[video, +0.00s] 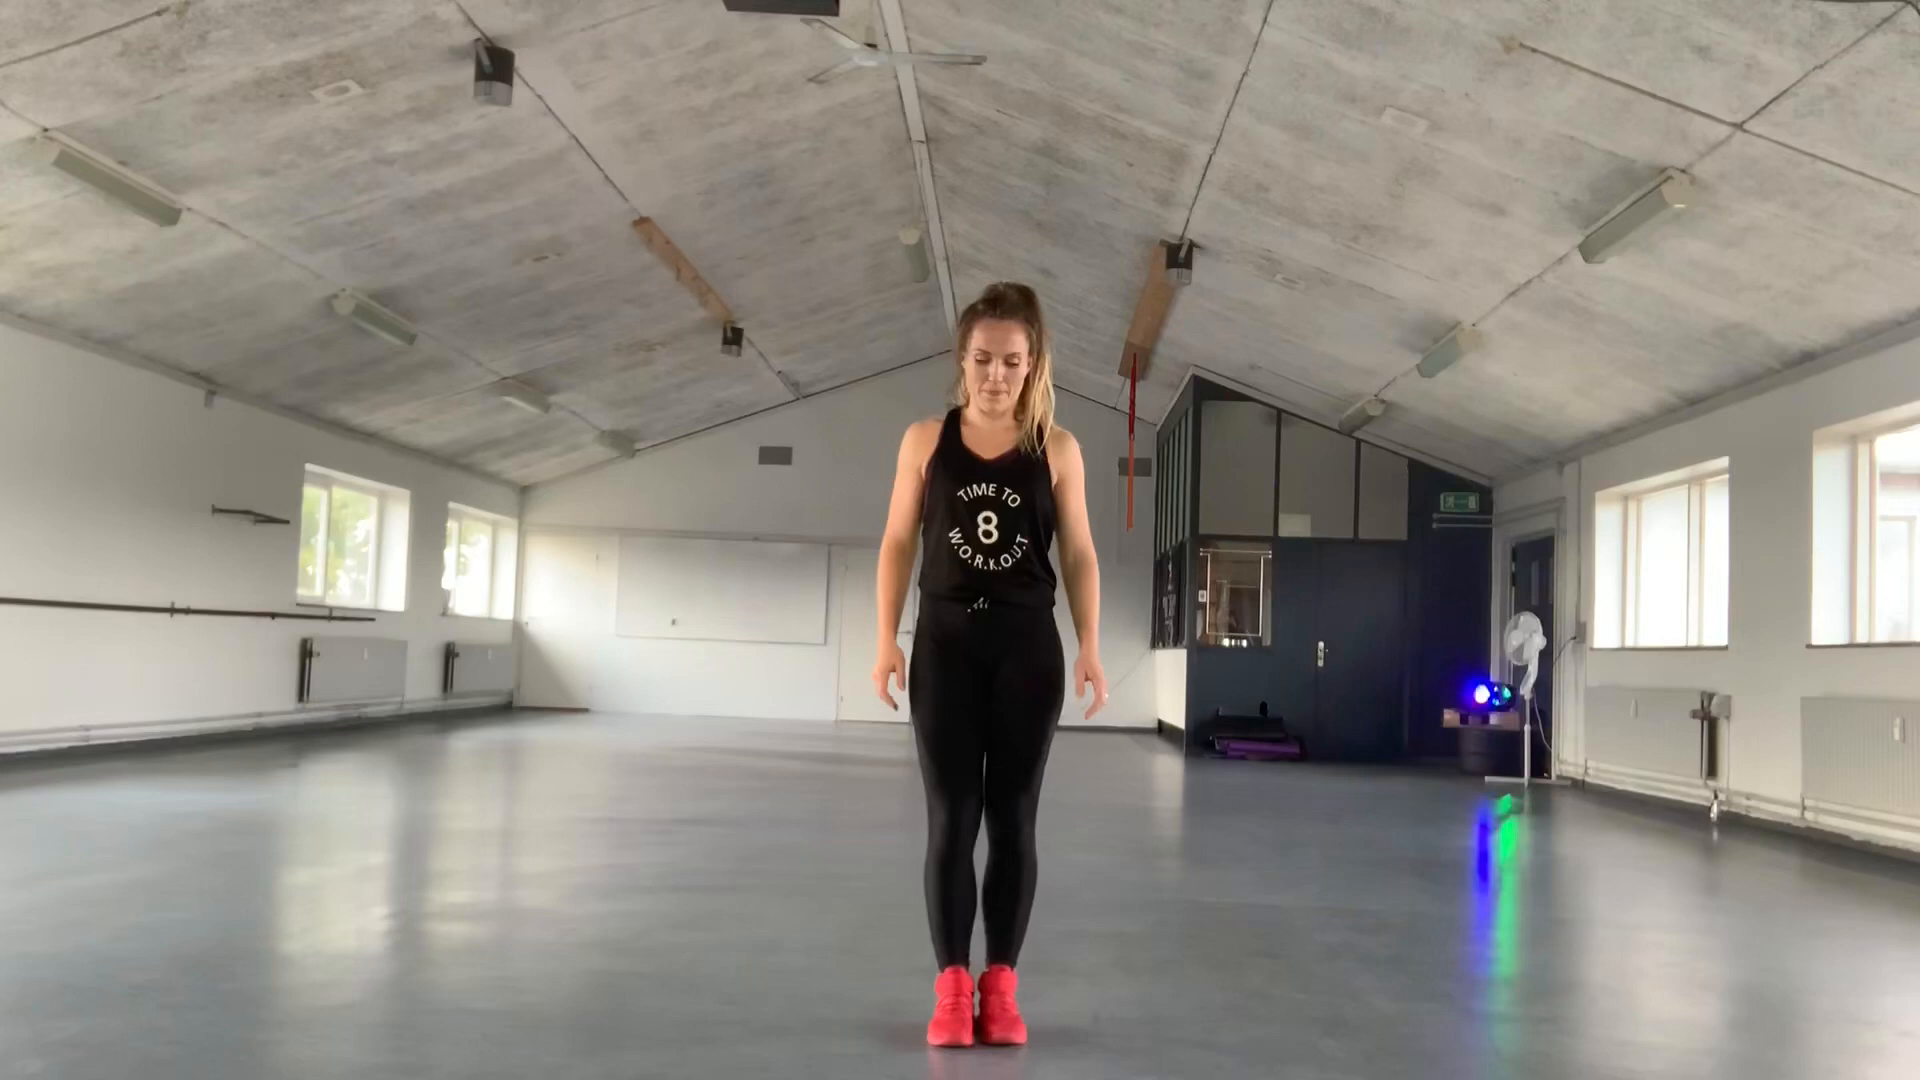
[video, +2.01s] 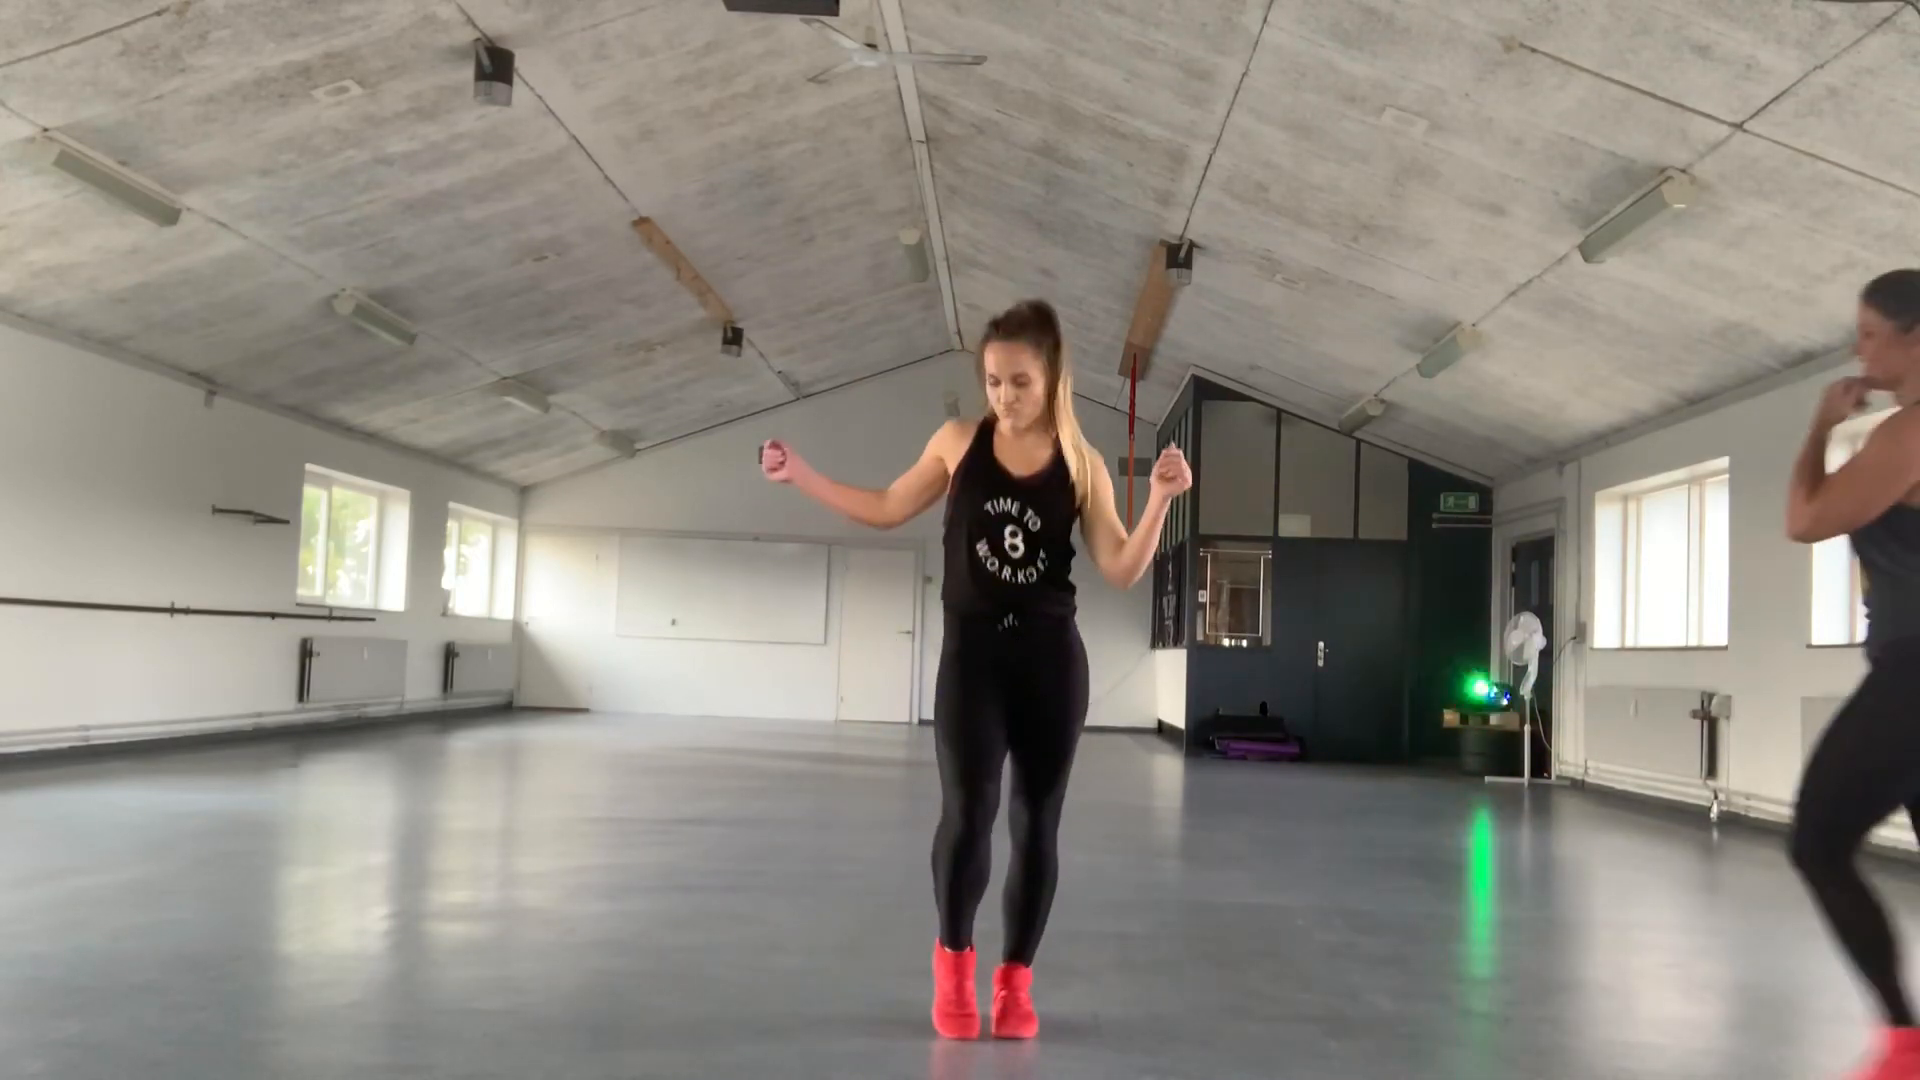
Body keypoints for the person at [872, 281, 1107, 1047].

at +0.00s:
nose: (998, 373)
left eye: (1012, 361)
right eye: (985, 358)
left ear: (1033, 366)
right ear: (963, 360)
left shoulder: (1057, 447)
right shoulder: (926, 438)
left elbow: (1080, 554)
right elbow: (898, 542)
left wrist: (1089, 643)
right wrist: (887, 637)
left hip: (1029, 651)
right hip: (944, 649)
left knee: (1014, 819)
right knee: (954, 818)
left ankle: (1001, 982)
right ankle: (952, 981)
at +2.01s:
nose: (1004, 396)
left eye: (1019, 380)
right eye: (993, 380)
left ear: (1052, 378)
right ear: (982, 378)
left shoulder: (1081, 462)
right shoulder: (959, 443)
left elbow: (1120, 569)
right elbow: (887, 509)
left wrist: (1160, 500)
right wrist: (801, 475)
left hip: (1051, 659)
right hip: (971, 655)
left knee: (1037, 823)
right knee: (967, 812)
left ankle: (1016, 976)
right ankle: (954, 960)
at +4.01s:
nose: (1002, 350)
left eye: (1020, 339)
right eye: (991, 338)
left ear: (1048, 354)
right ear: (976, 350)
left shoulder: (1078, 436)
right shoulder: (947, 430)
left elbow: (1097, 541)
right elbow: (923, 529)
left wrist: (1087, 626)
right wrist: (913, 610)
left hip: (1031, 642)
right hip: (949, 639)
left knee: (1016, 811)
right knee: (951, 804)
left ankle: (1004, 973)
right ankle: (946, 970)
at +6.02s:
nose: (1011, 358)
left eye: (1026, 347)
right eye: (999, 346)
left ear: (1050, 360)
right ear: (980, 358)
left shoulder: (1076, 440)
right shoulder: (943, 434)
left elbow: (1087, 541)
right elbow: (910, 535)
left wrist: (1072, 605)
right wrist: (908, 623)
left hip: (1036, 641)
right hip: (957, 639)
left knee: (1024, 815)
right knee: (958, 807)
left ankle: (1015, 970)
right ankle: (960, 961)